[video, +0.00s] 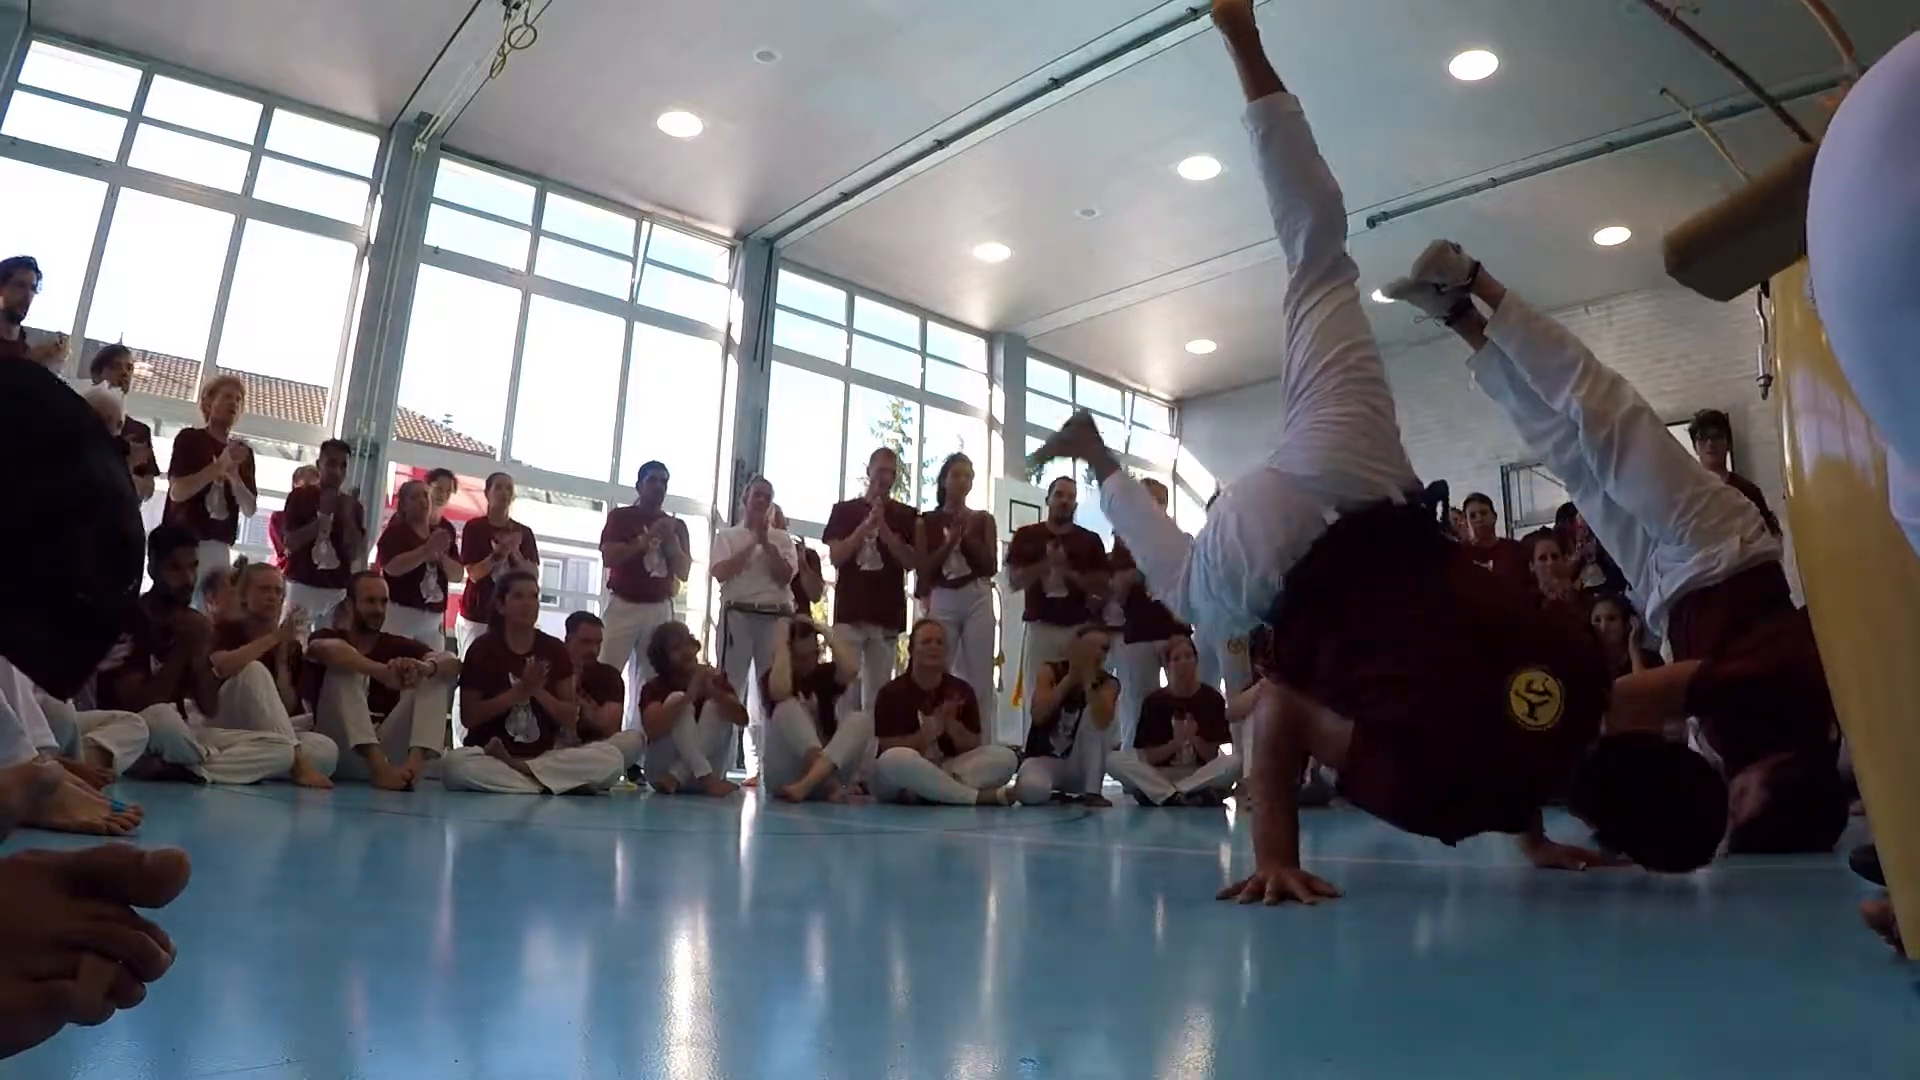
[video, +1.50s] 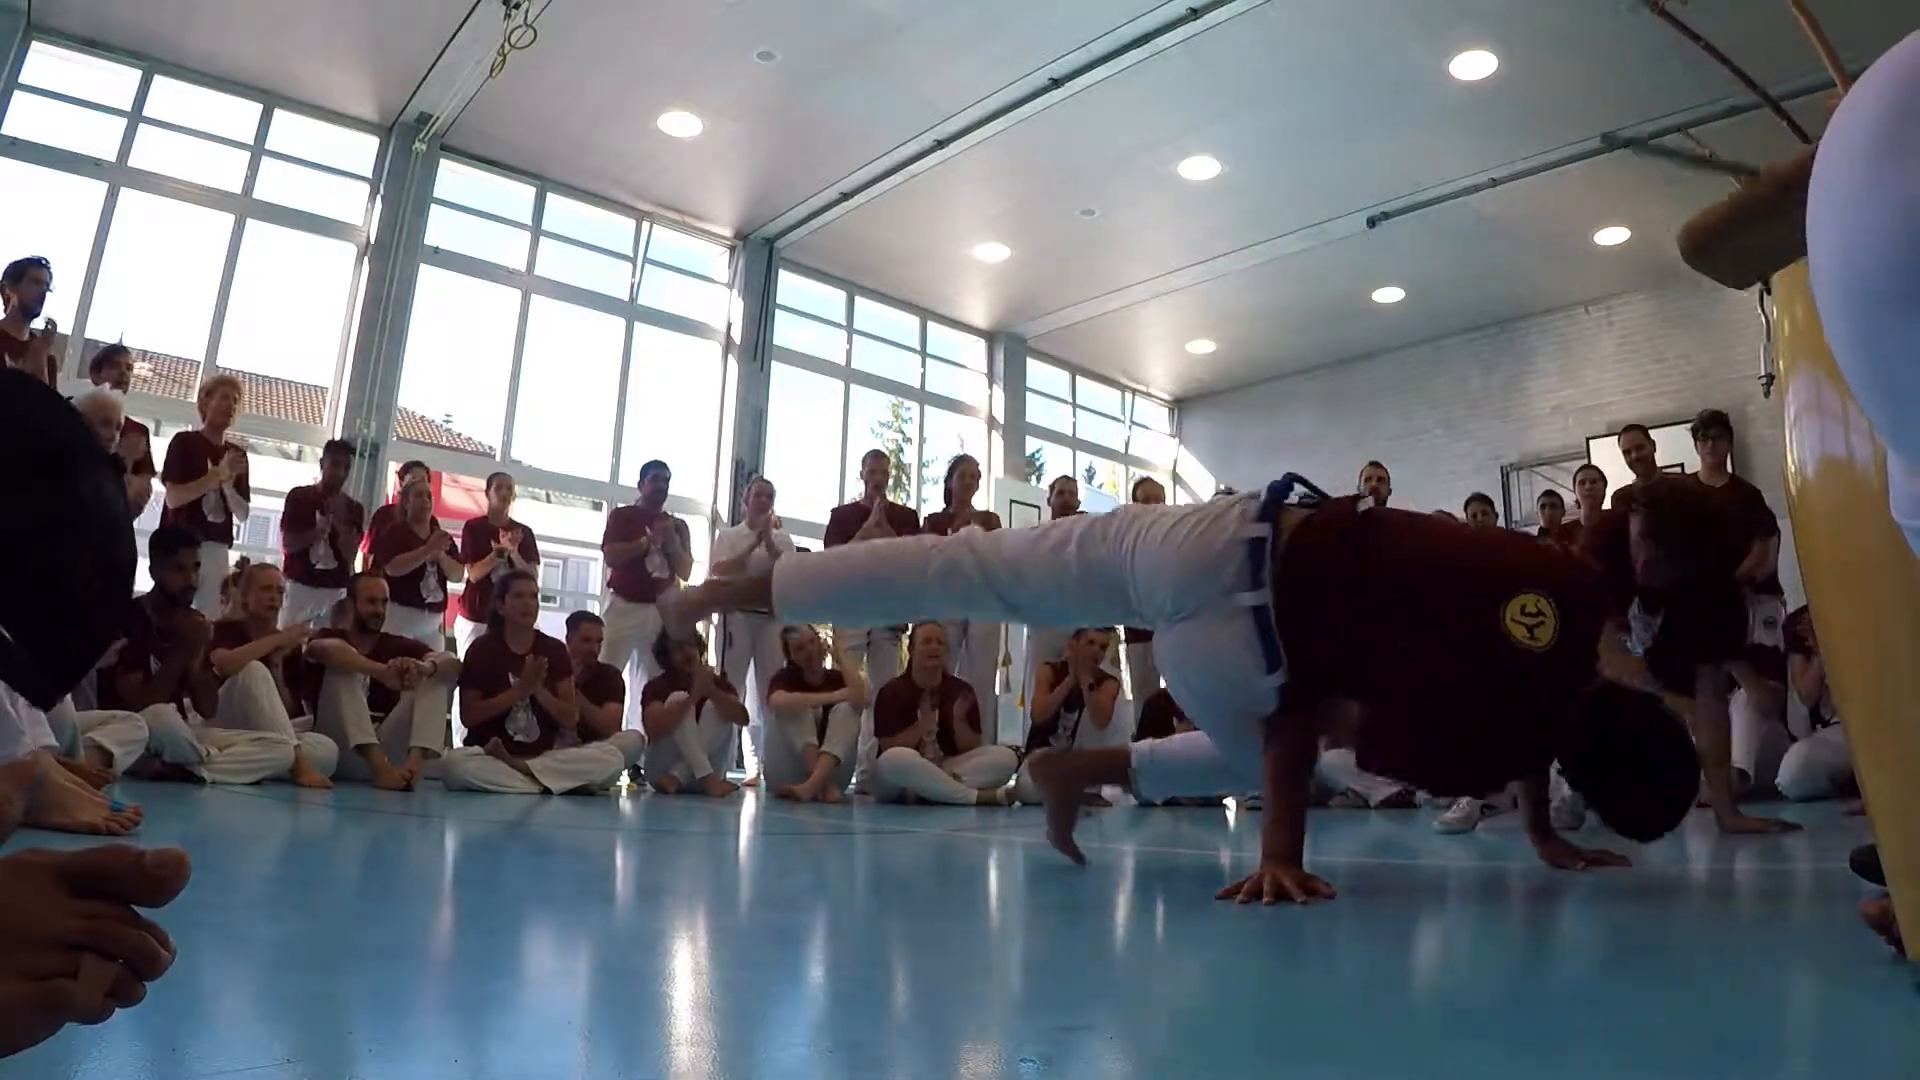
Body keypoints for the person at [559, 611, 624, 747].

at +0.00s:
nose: (593, 650)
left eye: (598, 643)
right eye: (586, 642)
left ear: (602, 644)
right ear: (567, 640)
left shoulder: (610, 675)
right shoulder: (549, 673)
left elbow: (610, 728)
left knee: (635, 738)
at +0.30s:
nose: (593, 650)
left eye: (598, 643)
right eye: (586, 642)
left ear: (602, 643)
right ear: (568, 639)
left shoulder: (610, 676)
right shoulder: (549, 673)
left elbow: (610, 728)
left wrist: (573, 697)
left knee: (634, 738)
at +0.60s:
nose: (593, 650)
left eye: (598, 643)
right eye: (586, 642)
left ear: (601, 643)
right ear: (567, 640)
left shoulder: (609, 674)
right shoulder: (549, 672)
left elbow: (610, 729)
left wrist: (579, 694)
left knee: (634, 739)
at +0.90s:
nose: (593, 650)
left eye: (597, 643)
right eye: (586, 642)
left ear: (601, 643)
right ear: (567, 640)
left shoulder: (609, 674)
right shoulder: (550, 672)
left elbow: (610, 729)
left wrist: (582, 692)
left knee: (634, 739)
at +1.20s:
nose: (594, 649)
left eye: (599, 643)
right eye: (587, 642)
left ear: (602, 643)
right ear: (569, 640)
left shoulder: (610, 674)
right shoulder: (552, 673)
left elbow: (610, 729)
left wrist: (580, 690)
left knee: (634, 739)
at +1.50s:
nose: (594, 648)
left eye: (599, 642)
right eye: (586, 641)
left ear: (602, 642)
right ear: (569, 640)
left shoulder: (610, 675)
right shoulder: (551, 672)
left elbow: (609, 729)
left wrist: (572, 691)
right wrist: (566, 681)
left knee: (634, 739)